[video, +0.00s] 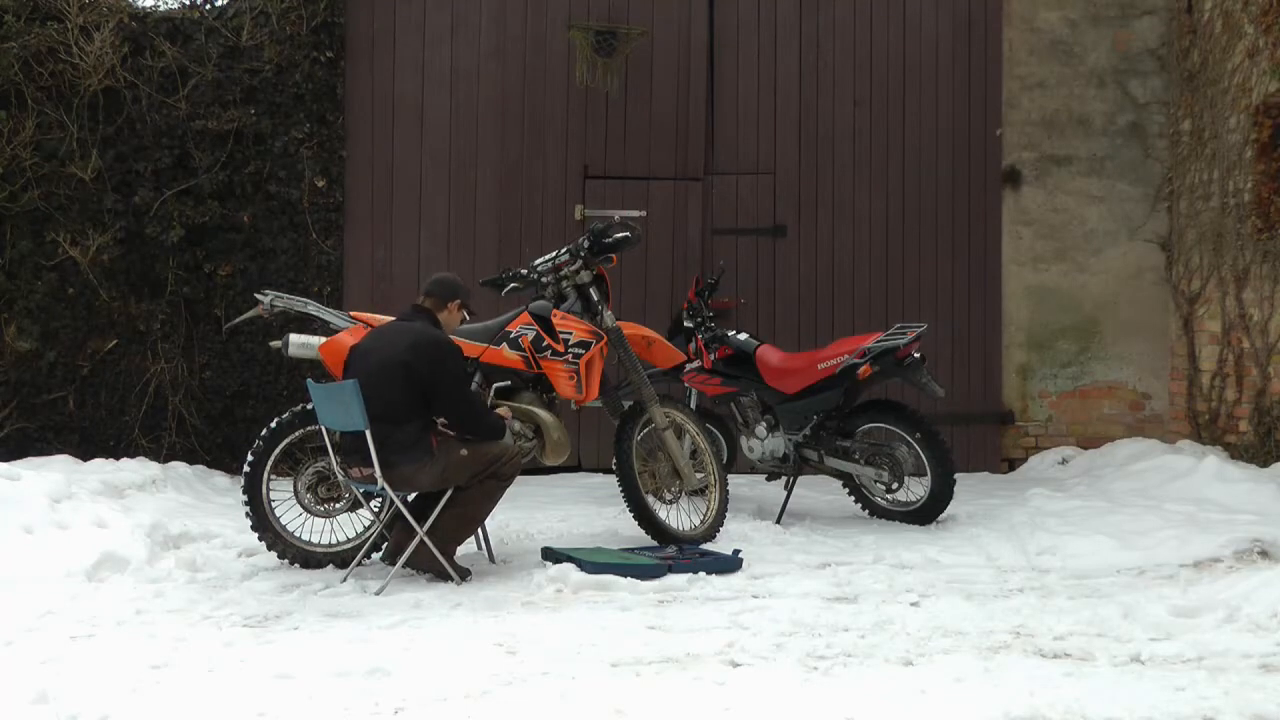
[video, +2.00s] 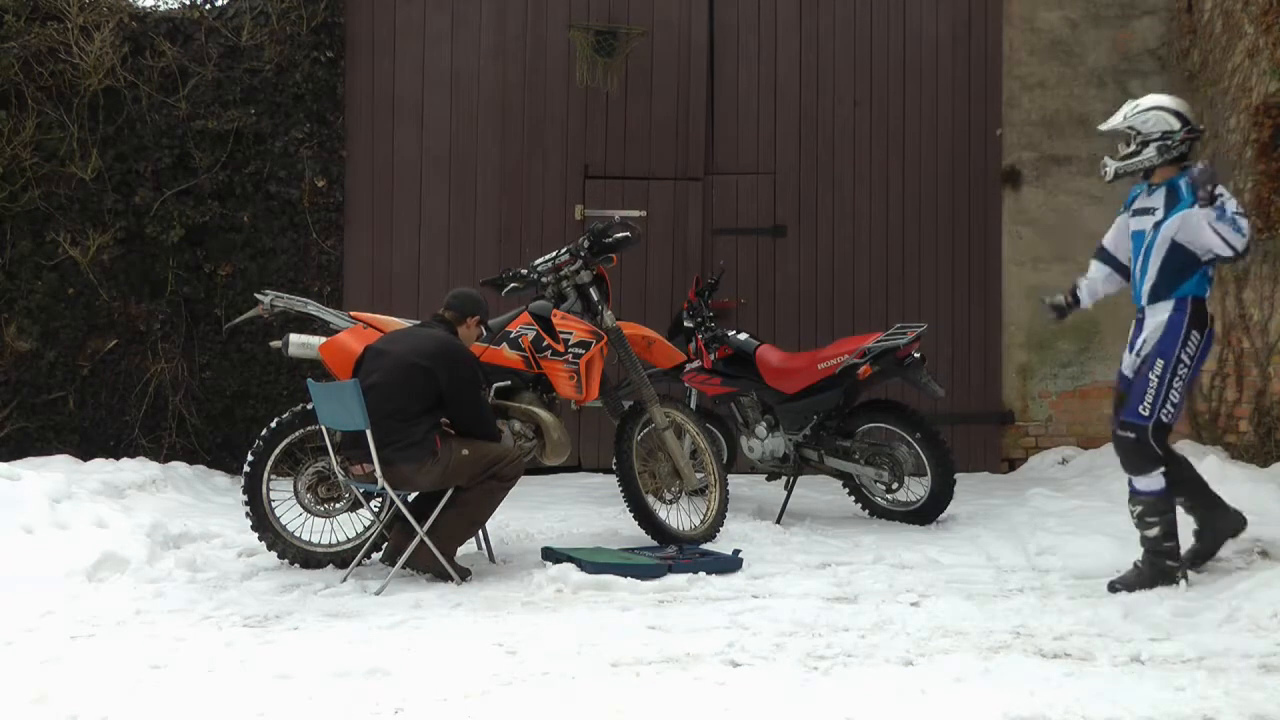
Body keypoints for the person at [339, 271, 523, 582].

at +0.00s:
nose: (461, 320)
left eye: (463, 313)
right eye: (462, 311)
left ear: (421, 302)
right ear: (450, 307)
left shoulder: (380, 332)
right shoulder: (439, 346)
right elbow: (471, 422)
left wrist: (431, 416)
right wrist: (499, 421)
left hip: (357, 457)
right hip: (399, 464)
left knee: (456, 452)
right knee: (507, 457)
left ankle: (403, 543)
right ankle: (434, 550)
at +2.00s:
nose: (479, 335)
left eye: (481, 328)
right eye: (480, 327)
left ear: (442, 313)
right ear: (469, 321)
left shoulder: (393, 337)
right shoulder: (455, 354)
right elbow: (482, 431)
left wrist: (437, 425)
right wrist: (499, 437)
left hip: (357, 455)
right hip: (401, 462)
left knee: (463, 452)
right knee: (507, 462)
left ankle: (402, 542)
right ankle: (434, 551)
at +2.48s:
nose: (487, 336)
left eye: (489, 328)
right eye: (487, 327)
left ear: (449, 315)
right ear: (475, 323)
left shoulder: (400, 337)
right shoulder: (458, 355)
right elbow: (480, 422)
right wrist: (515, 420)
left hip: (358, 455)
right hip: (402, 461)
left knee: (463, 453)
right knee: (508, 462)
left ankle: (402, 543)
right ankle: (435, 551)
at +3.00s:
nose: (492, 345)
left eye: (495, 339)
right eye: (494, 337)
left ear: (459, 317)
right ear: (484, 329)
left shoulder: (405, 337)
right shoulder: (461, 356)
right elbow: (494, 428)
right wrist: (514, 417)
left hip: (358, 454)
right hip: (401, 461)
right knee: (509, 463)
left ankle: (402, 543)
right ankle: (435, 551)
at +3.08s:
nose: (492, 345)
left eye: (495, 339)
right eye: (494, 337)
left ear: (459, 317)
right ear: (484, 329)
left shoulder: (406, 337)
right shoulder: (462, 357)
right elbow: (495, 431)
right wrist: (514, 420)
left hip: (358, 454)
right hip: (401, 461)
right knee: (508, 464)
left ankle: (402, 543)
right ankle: (435, 551)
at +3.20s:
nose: (492, 345)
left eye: (495, 339)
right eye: (494, 338)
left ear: (459, 317)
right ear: (484, 329)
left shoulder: (405, 337)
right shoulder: (461, 357)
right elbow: (493, 429)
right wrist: (514, 420)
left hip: (357, 456)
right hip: (401, 461)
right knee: (508, 464)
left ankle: (402, 543)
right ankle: (435, 551)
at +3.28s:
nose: (492, 345)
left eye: (495, 339)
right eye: (493, 337)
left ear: (459, 317)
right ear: (483, 329)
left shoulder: (404, 337)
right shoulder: (461, 357)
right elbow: (486, 424)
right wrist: (516, 421)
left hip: (357, 456)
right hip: (400, 461)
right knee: (508, 464)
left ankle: (402, 543)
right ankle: (435, 550)